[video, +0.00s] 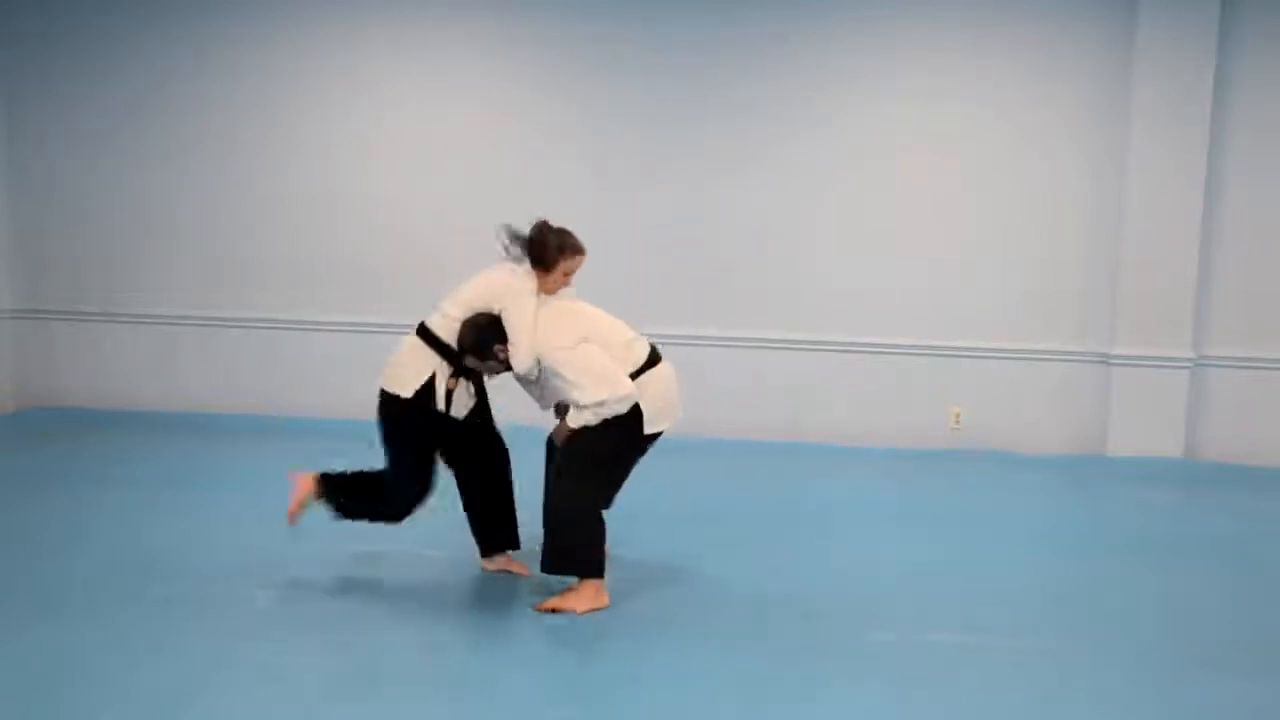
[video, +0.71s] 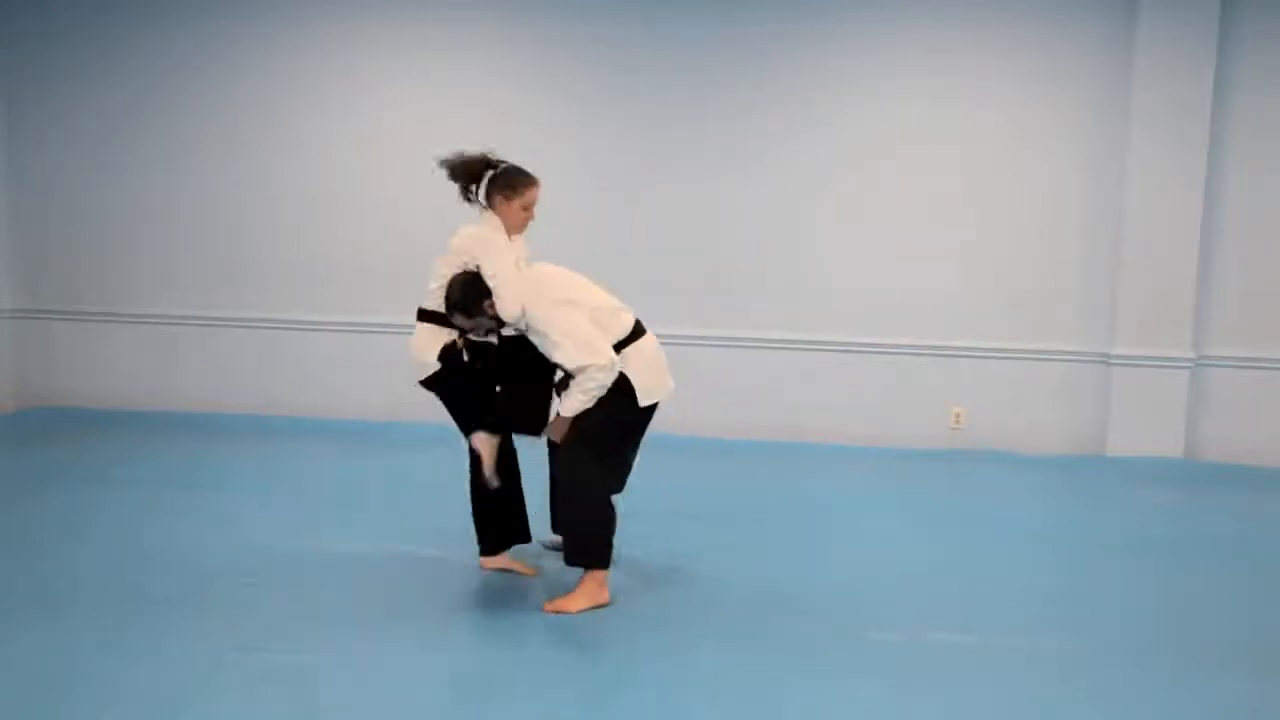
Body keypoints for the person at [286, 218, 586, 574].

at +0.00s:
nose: (571, 282)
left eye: (574, 273)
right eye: (567, 274)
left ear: (546, 264)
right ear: (546, 267)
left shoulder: (527, 287)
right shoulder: (514, 286)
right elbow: (524, 363)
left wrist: (560, 402)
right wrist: (551, 398)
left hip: (460, 388)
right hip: (415, 384)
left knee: (487, 461)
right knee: (405, 491)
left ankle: (495, 553)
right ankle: (320, 487)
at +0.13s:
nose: (562, 306)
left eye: (565, 298)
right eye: (559, 297)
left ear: (537, 287)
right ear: (538, 288)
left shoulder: (514, 308)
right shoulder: (511, 311)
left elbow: (516, 380)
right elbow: (522, 387)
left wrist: (560, 407)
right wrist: (556, 410)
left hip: (439, 405)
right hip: (407, 399)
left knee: (494, 457)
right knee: (340, 479)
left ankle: (494, 550)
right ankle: (233, 544)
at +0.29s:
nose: (549, 305)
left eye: (552, 297)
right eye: (546, 296)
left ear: (521, 291)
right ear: (520, 290)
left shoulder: (497, 321)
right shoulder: (500, 322)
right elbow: (517, 395)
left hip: (444, 421)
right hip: (410, 417)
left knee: (506, 461)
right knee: (338, 489)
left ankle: (500, 553)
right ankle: (229, 549)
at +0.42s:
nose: (550, 256)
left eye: (551, 248)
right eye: (545, 248)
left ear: (519, 247)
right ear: (518, 247)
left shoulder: (504, 281)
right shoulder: (507, 283)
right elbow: (510, 360)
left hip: (466, 393)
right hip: (429, 391)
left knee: (511, 459)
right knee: (387, 490)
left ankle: (501, 553)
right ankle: (282, 533)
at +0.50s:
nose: (535, 230)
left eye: (536, 222)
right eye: (530, 222)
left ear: (508, 219)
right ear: (504, 219)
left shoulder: (493, 256)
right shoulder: (498, 262)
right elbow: (511, 334)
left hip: (473, 379)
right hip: (438, 380)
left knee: (507, 455)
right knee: (448, 481)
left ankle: (500, 553)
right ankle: (362, 514)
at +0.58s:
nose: (524, 216)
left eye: (526, 207)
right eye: (518, 208)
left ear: (498, 206)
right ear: (492, 204)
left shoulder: (497, 241)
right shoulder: (483, 242)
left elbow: (522, 301)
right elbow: (516, 310)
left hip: (465, 364)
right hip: (441, 367)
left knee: (499, 443)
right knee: (508, 432)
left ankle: (499, 551)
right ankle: (450, 487)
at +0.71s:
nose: (532, 215)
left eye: (533, 207)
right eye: (526, 207)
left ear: (506, 204)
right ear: (500, 203)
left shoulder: (499, 238)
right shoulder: (487, 239)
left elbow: (514, 304)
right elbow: (512, 308)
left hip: (454, 348)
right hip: (442, 349)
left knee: (490, 439)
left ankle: (494, 549)